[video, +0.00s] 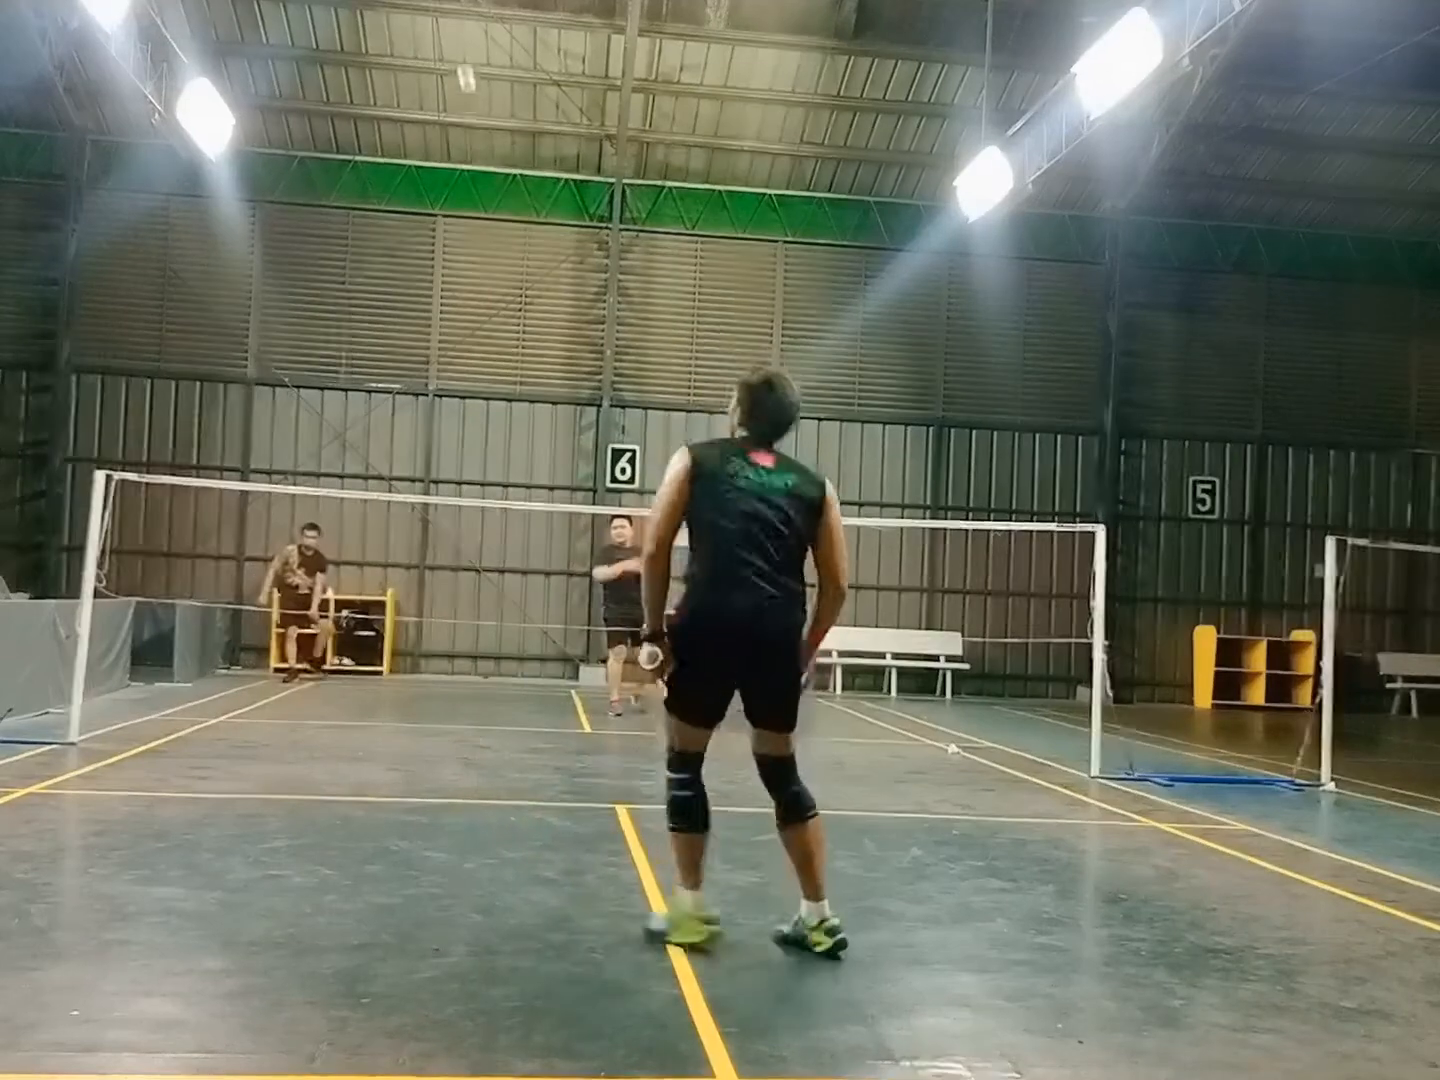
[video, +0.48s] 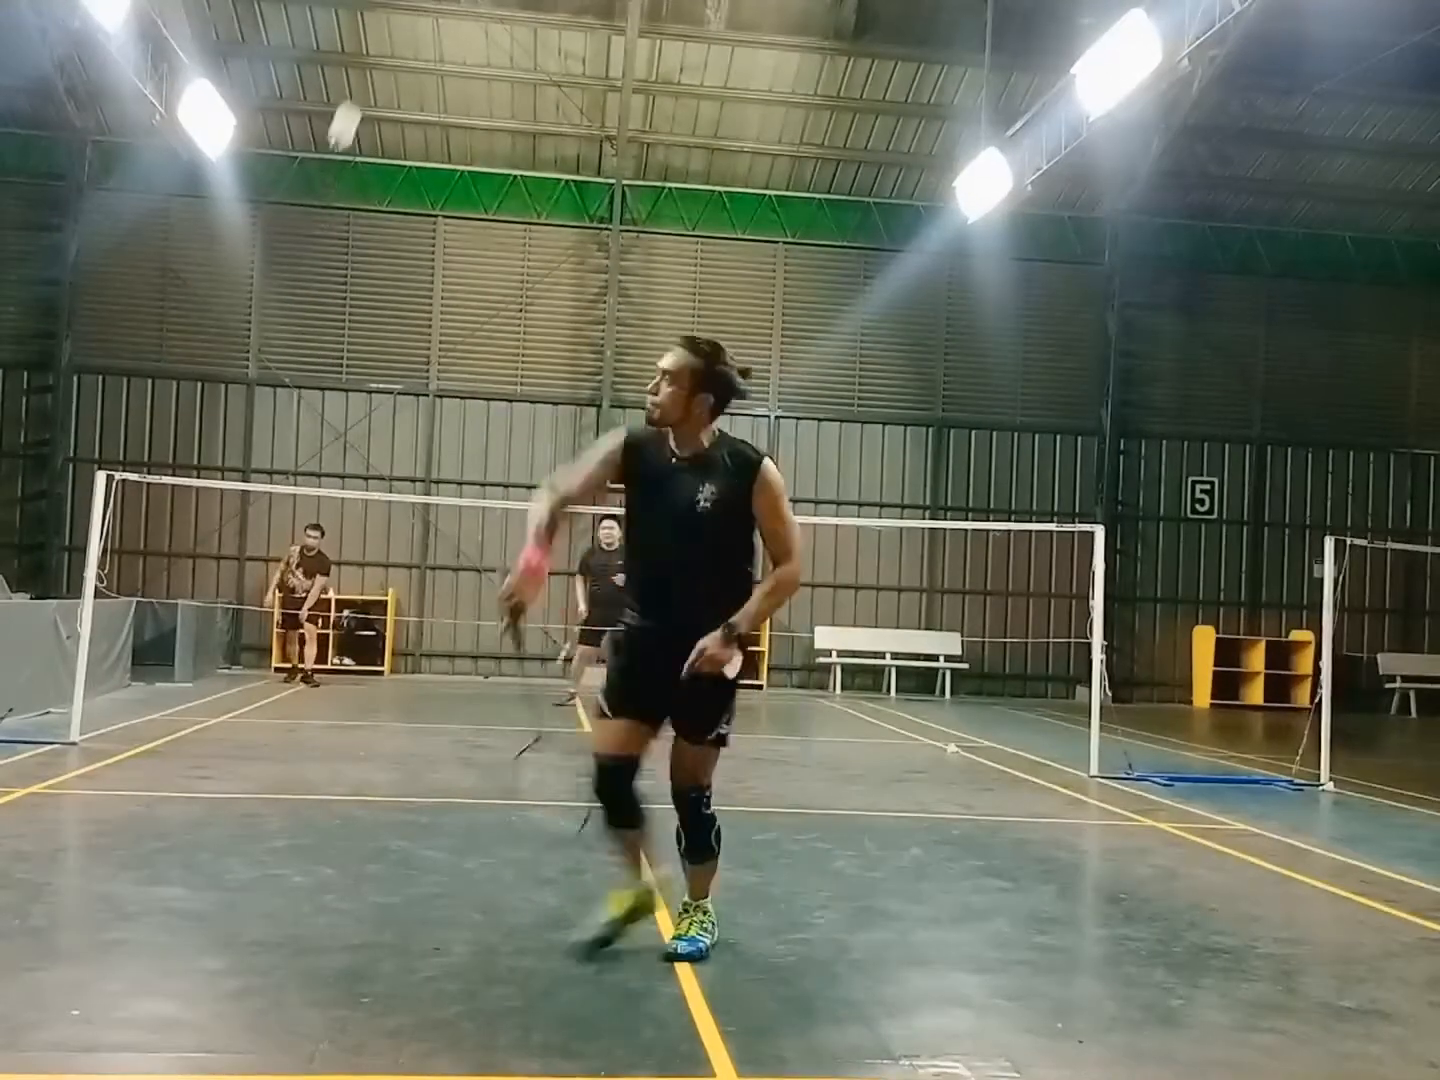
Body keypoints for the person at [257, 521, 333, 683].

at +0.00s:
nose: (310, 541)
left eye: (314, 537)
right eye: (307, 537)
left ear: (318, 539)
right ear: (301, 537)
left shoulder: (320, 560)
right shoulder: (288, 553)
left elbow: (319, 586)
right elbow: (272, 570)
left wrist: (314, 608)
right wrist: (264, 593)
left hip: (309, 598)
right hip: (290, 597)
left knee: (325, 626)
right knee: (291, 631)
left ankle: (316, 659)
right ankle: (292, 668)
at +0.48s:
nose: (311, 541)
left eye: (315, 538)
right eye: (308, 537)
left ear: (321, 540)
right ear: (304, 536)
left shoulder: (323, 561)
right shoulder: (293, 553)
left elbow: (317, 588)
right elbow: (280, 572)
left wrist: (306, 608)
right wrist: (270, 592)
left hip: (311, 600)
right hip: (291, 599)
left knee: (311, 635)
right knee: (291, 635)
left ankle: (308, 671)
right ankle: (293, 667)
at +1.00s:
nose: (311, 535)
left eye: (315, 532)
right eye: (309, 531)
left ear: (319, 536)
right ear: (301, 531)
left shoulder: (322, 558)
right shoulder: (292, 549)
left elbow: (318, 585)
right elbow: (282, 568)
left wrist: (307, 608)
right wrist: (276, 583)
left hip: (311, 598)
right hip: (290, 595)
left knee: (309, 635)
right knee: (283, 633)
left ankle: (307, 672)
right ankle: (276, 670)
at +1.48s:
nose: (280, 530)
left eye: (284, 527)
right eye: (276, 526)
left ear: (289, 530)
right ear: (270, 528)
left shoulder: (294, 552)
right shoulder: (262, 547)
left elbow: (291, 580)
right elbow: (253, 568)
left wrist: (280, 602)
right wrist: (251, 588)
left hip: (287, 594)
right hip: (267, 594)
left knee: (286, 630)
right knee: (269, 634)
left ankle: (289, 670)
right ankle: (274, 673)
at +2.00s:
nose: (235, 532)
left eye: (240, 528)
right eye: (233, 527)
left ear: (249, 530)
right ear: (230, 529)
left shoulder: (250, 550)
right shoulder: (238, 547)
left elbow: (247, 578)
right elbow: (234, 567)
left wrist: (239, 601)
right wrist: (228, 578)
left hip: (253, 594)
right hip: (236, 591)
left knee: (254, 636)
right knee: (222, 633)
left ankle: (266, 676)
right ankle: (215, 674)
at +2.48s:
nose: (217, 529)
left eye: (221, 525)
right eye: (214, 525)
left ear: (226, 527)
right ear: (207, 525)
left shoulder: (229, 549)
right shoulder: (202, 545)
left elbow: (223, 579)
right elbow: (196, 567)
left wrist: (213, 604)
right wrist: (189, 589)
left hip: (225, 592)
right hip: (207, 591)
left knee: (217, 625)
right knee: (207, 632)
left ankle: (211, 669)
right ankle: (211, 671)